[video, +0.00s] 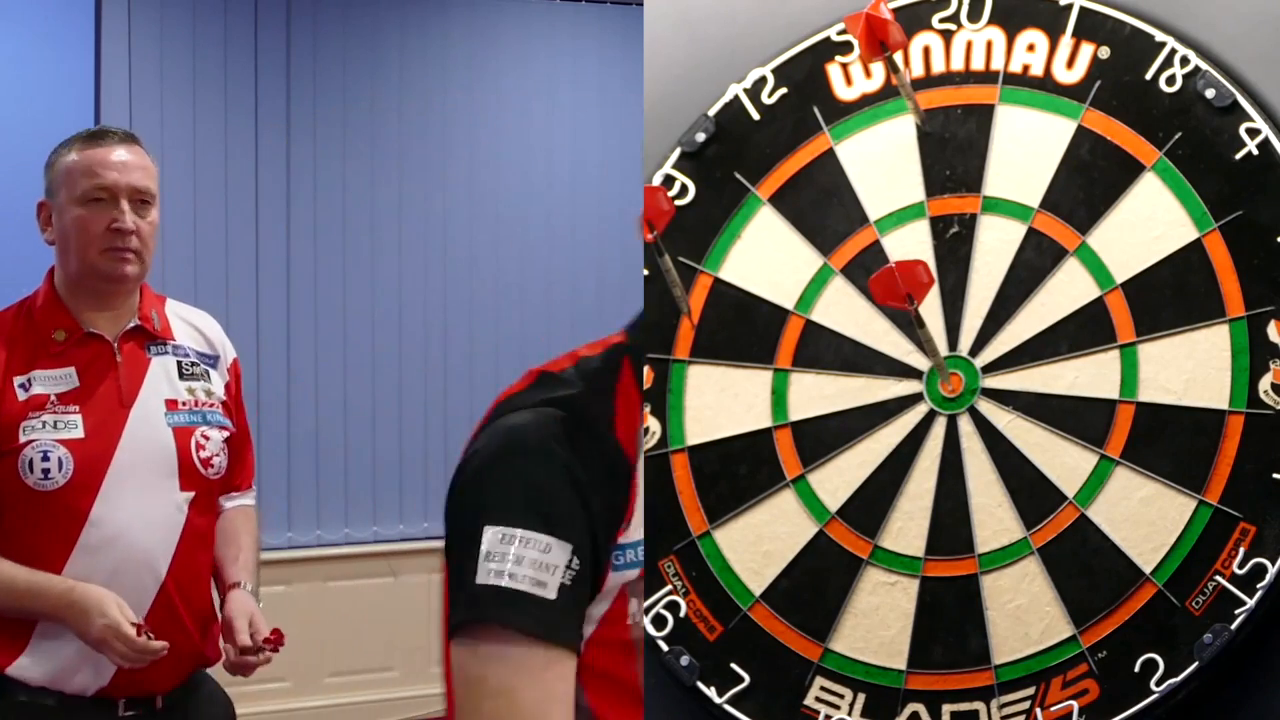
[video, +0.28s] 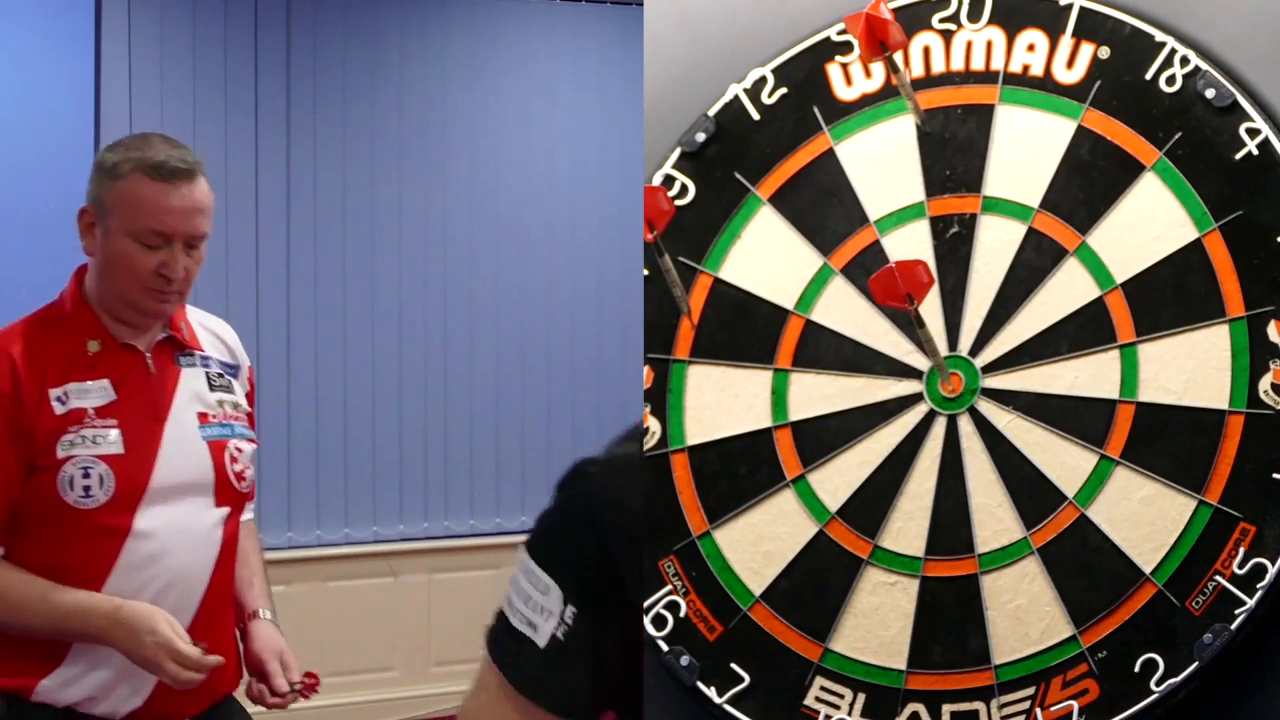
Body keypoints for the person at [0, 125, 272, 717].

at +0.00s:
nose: (127, 222)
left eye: (142, 203)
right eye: (99, 200)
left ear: (158, 219)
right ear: (48, 222)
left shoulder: (206, 345)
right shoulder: (8, 349)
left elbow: (233, 492)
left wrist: (238, 589)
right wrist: (67, 600)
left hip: (182, 695)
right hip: (38, 697)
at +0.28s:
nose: (175, 268)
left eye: (193, 245)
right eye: (151, 242)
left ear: (207, 241)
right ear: (90, 232)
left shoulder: (223, 351)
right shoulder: (17, 364)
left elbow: (235, 507)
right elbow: (2, 566)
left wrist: (258, 617)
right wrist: (108, 618)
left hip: (205, 699)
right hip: (56, 703)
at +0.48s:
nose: (236, 289)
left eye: (254, 265)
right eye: (212, 263)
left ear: (268, 255)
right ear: (147, 244)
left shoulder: (261, 360)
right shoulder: (63, 377)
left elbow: (260, 530)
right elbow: (7, 577)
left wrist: (296, 637)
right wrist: (166, 637)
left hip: (244, 704)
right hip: (102, 708)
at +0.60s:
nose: (266, 284)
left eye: (283, 259)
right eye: (243, 257)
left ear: (296, 250)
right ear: (176, 238)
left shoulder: (284, 355)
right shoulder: (92, 370)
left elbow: (284, 533)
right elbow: (21, 571)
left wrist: (322, 643)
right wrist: (199, 637)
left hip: (278, 702)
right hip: (139, 708)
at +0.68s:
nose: (291, 265)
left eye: (307, 239)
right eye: (265, 237)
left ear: (319, 238)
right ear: (197, 232)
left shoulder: (300, 351)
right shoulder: (119, 368)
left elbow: (303, 535)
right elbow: (49, 575)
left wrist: (344, 646)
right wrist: (232, 634)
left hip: (301, 704)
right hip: (164, 710)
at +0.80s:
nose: (305, 239)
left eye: (319, 214)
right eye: (276, 213)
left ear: (331, 221)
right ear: (209, 224)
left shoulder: (309, 346)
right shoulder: (140, 362)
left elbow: (316, 532)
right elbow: (75, 572)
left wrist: (362, 652)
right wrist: (263, 630)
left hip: (311, 704)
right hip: (184, 708)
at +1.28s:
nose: (352, 198)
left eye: (363, 178)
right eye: (319, 177)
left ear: (376, 196)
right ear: (253, 212)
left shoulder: (318, 334)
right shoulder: (247, 339)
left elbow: (327, 547)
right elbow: (217, 573)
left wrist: (406, 675)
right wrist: (434, 622)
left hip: (367, 702)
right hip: (284, 704)